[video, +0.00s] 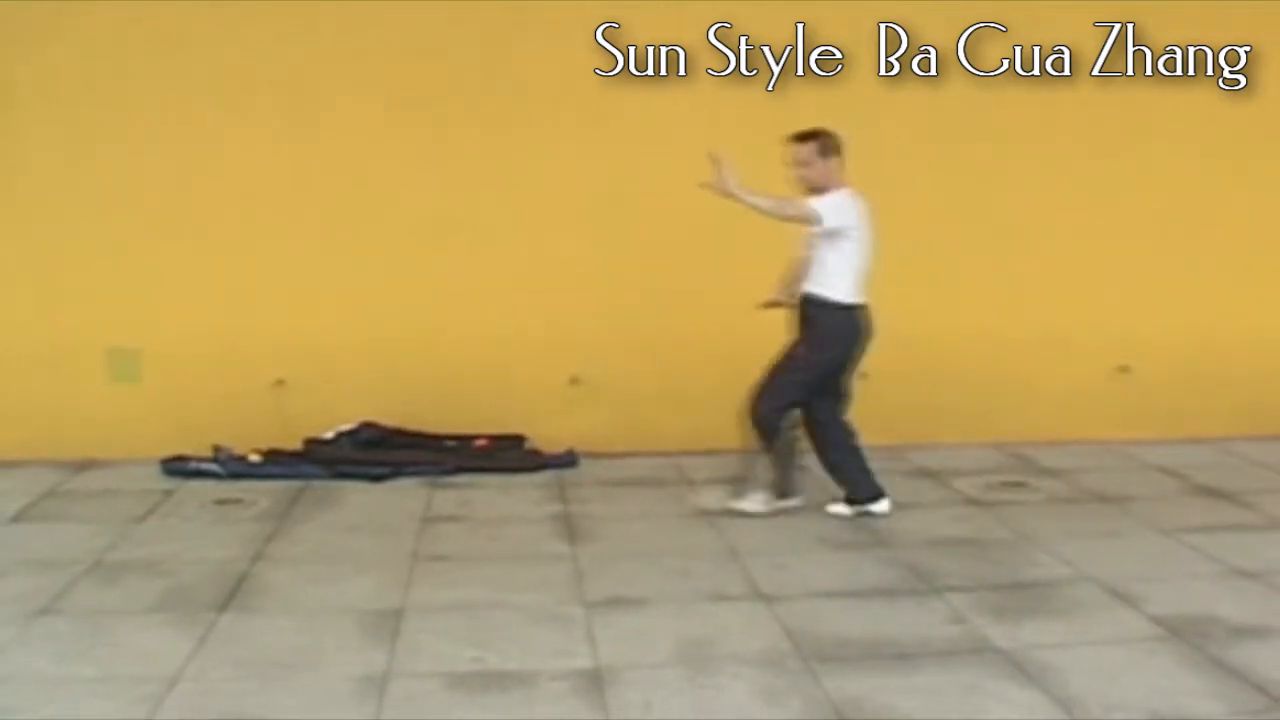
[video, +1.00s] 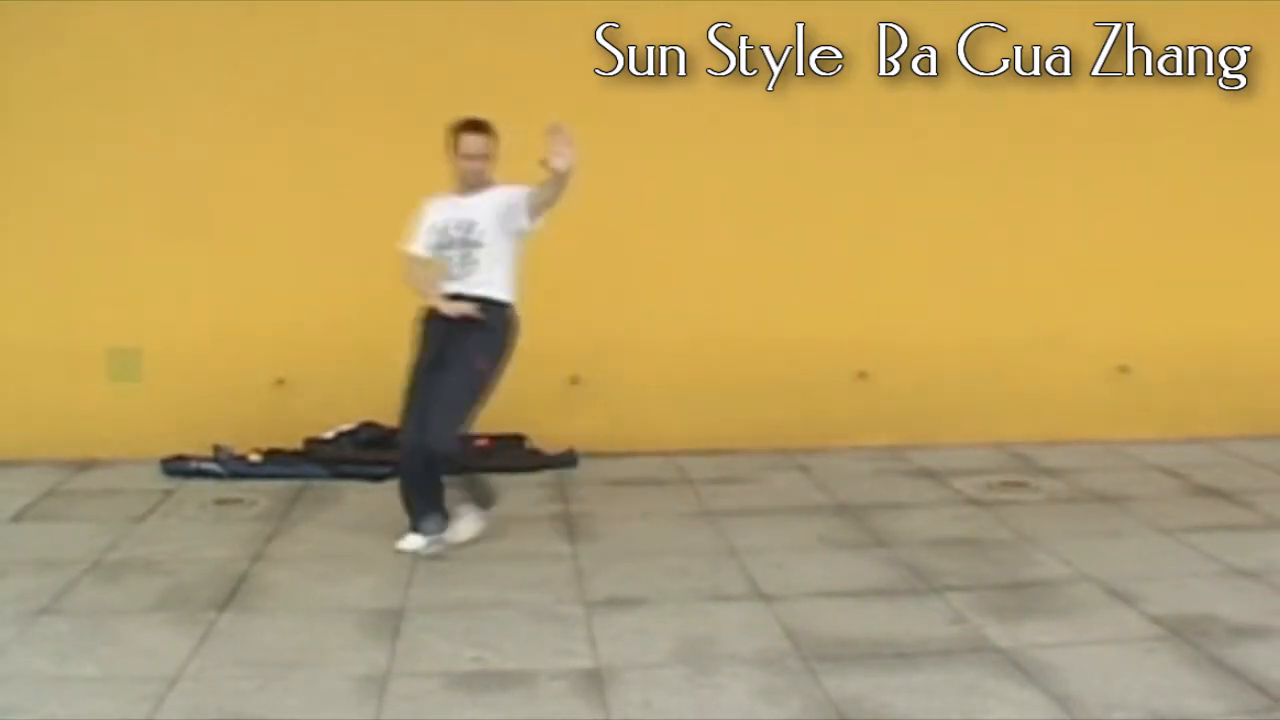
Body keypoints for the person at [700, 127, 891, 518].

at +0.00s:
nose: (799, 174)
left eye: (806, 164)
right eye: (796, 165)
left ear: (832, 163)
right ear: (826, 167)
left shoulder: (843, 205)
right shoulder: (836, 207)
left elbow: (790, 210)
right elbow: (817, 260)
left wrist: (735, 191)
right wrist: (790, 293)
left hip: (833, 320)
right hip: (836, 318)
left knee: (769, 405)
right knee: (821, 412)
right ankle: (865, 494)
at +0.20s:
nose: (731, 183)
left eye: (738, 174)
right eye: (727, 175)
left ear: (762, 173)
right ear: (729, 176)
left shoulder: (774, 216)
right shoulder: (754, 220)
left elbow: (735, 220)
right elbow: (745, 272)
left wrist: (691, 197)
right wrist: (721, 300)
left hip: (762, 331)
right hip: (753, 329)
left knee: (691, 417)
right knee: (787, 418)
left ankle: (653, 496)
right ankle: (856, 484)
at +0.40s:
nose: (661, 172)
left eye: (670, 164)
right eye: (656, 164)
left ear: (690, 164)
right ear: (650, 166)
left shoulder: (706, 206)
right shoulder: (659, 209)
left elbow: (691, 216)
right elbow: (644, 257)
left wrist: (653, 188)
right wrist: (638, 286)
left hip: (684, 316)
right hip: (658, 312)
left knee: (640, 411)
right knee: (646, 412)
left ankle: (645, 496)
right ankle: (722, 451)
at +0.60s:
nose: (601, 175)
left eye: (608, 165)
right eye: (593, 167)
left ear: (627, 165)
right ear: (586, 171)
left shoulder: (638, 210)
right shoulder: (582, 217)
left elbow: (645, 220)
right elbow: (563, 264)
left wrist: (625, 190)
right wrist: (572, 294)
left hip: (623, 321)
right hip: (587, 321)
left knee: (607, 418)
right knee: (541, 410)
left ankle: (643, 496)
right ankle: (502, 496)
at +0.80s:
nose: (528, 180)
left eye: (536, 172)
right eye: (521, 172)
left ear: (550, 175)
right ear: (511, 175)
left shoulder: (561, 215)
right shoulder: (503, 222)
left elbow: (581, 220)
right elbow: (483, 274)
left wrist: (582, 191)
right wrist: (492, 306)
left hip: (545, 330)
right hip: (502, 329)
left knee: (551, 433)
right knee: (452, 429)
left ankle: (620, 481)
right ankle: (431, 521)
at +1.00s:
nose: (475, 165)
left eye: (483, 157)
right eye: (467, 157)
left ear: (495, 159)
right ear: (453, 158)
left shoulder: (507, 201)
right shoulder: (437, 209)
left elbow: (542, 199)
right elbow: (416, 265)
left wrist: (560, 174)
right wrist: (437, 298)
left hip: (489, 313)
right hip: (444, 312)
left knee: (441, 424)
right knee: (416, 424)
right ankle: (428, 522)